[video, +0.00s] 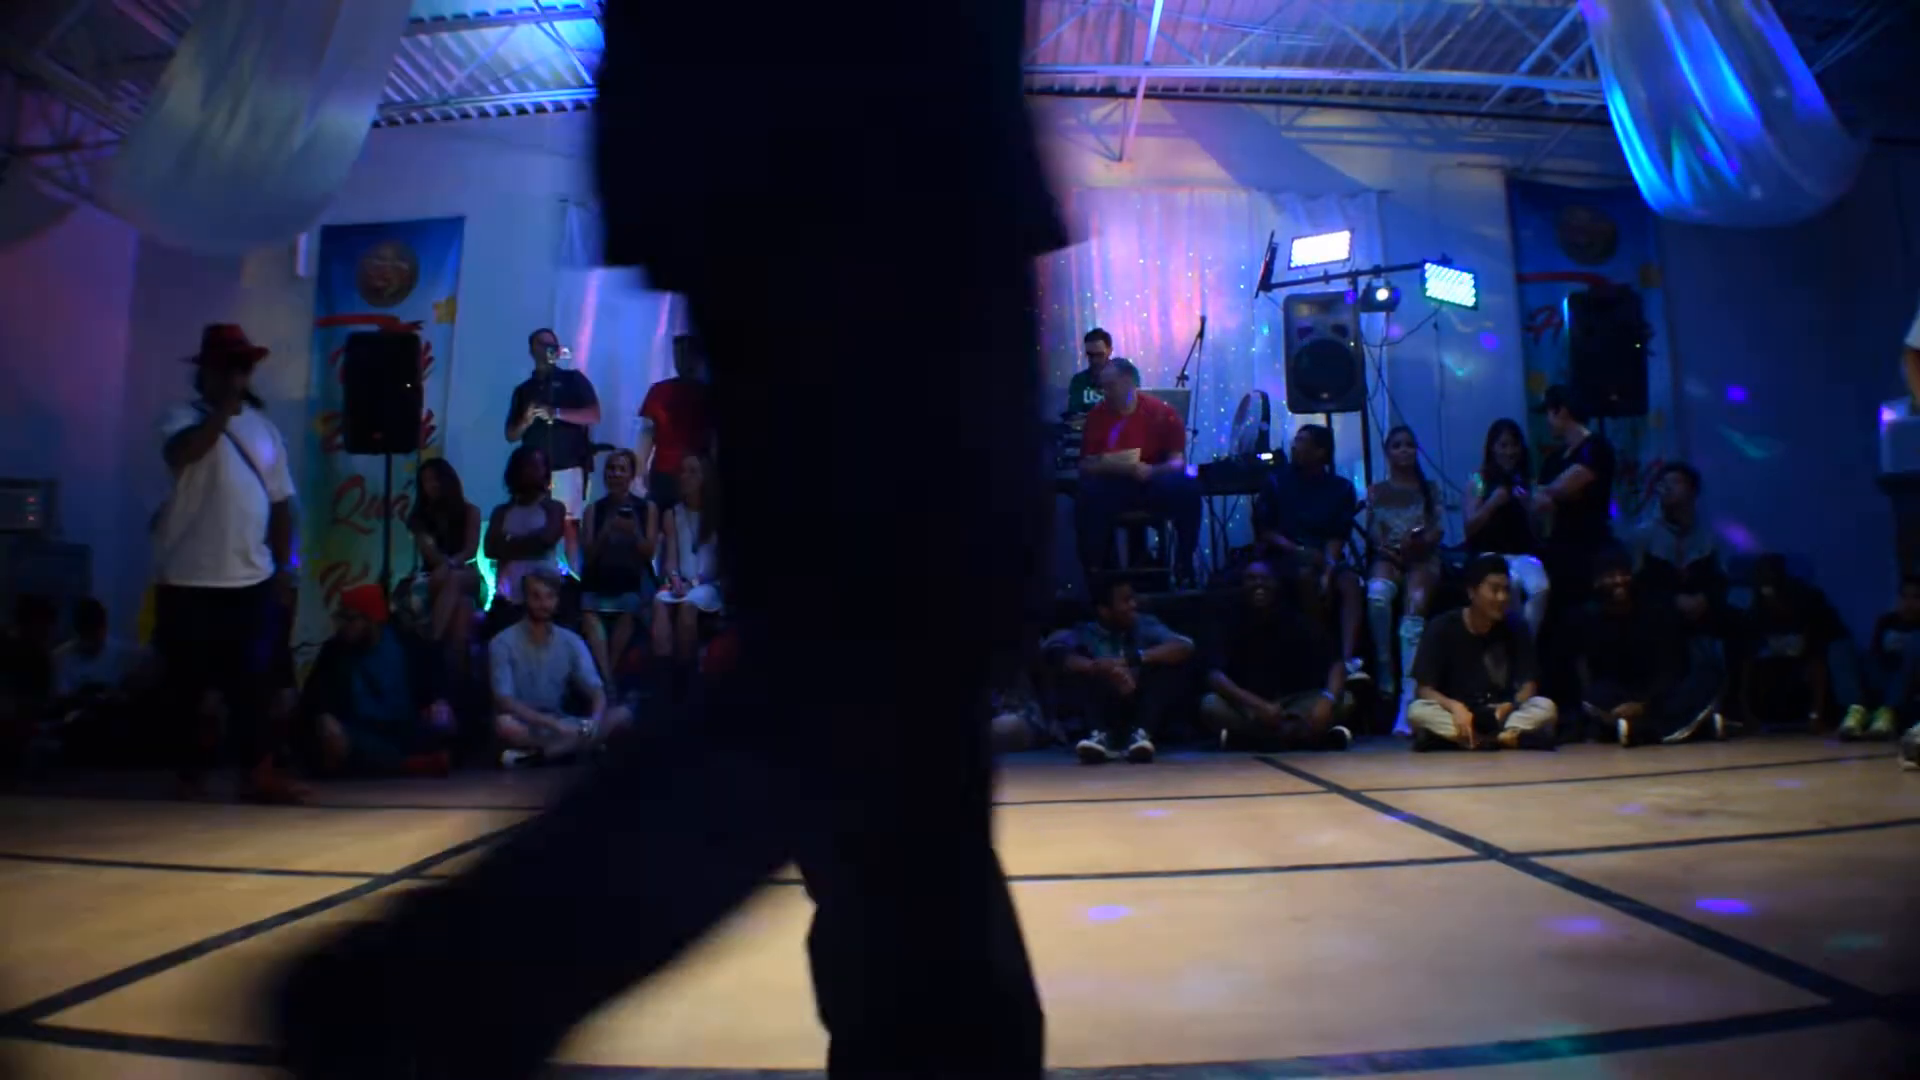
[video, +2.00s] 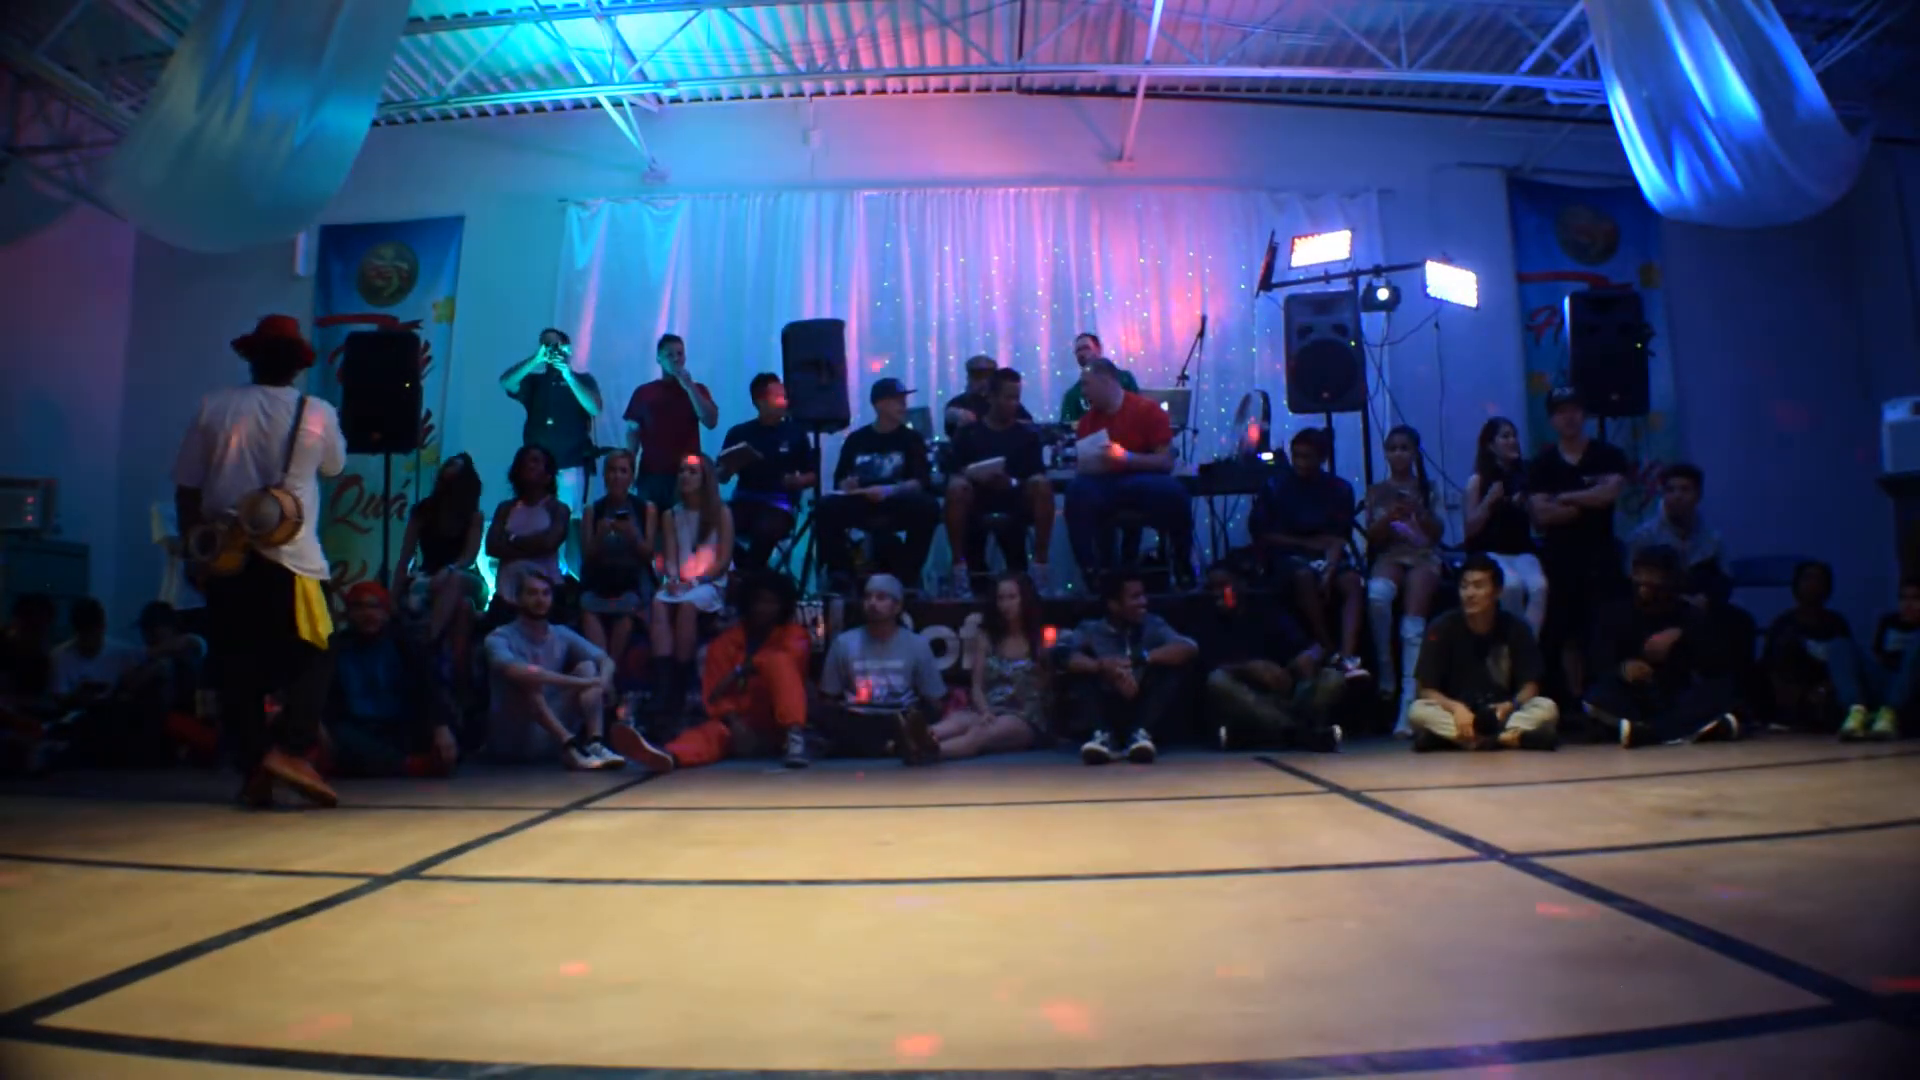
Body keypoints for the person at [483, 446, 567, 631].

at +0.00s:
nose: (534, 472)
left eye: (538, 466)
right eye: (528, 466)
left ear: (546, 472)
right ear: (515, 471)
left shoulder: (553, 508)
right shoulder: (501, 511)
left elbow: (548, 541)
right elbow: (490, 549)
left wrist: (506, 547)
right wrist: (535, 544)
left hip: (543, 597)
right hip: (507, 593)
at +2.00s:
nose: (530, 466)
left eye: (536, 461)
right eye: (525, 461)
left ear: (548, 473)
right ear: (518, 470)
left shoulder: (558, 509)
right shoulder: (505, 508)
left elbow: (550, 543)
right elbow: (492, 547)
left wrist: (512, 541)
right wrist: (535, 549)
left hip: (545, 591)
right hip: (508, 590)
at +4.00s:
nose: (528, 468)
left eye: (534, 462)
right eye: (523, 462)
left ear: (547, 471)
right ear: (516, 469)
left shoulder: (557, 509)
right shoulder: (504, 508)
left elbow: (555, 538)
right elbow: (491, 546)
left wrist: (512, 541)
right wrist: (535, 548)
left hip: (544, 595)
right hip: (507, 594)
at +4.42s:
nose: (529, 468)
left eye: (535, 463)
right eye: (525, 463)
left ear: (547, 471)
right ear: (517, 469)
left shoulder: (558, 510)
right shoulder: (505, 508)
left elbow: (554, 540)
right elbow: (492, 547)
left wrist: (513, 541)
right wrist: (535, 550)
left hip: (544, 592)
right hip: (508, 592)